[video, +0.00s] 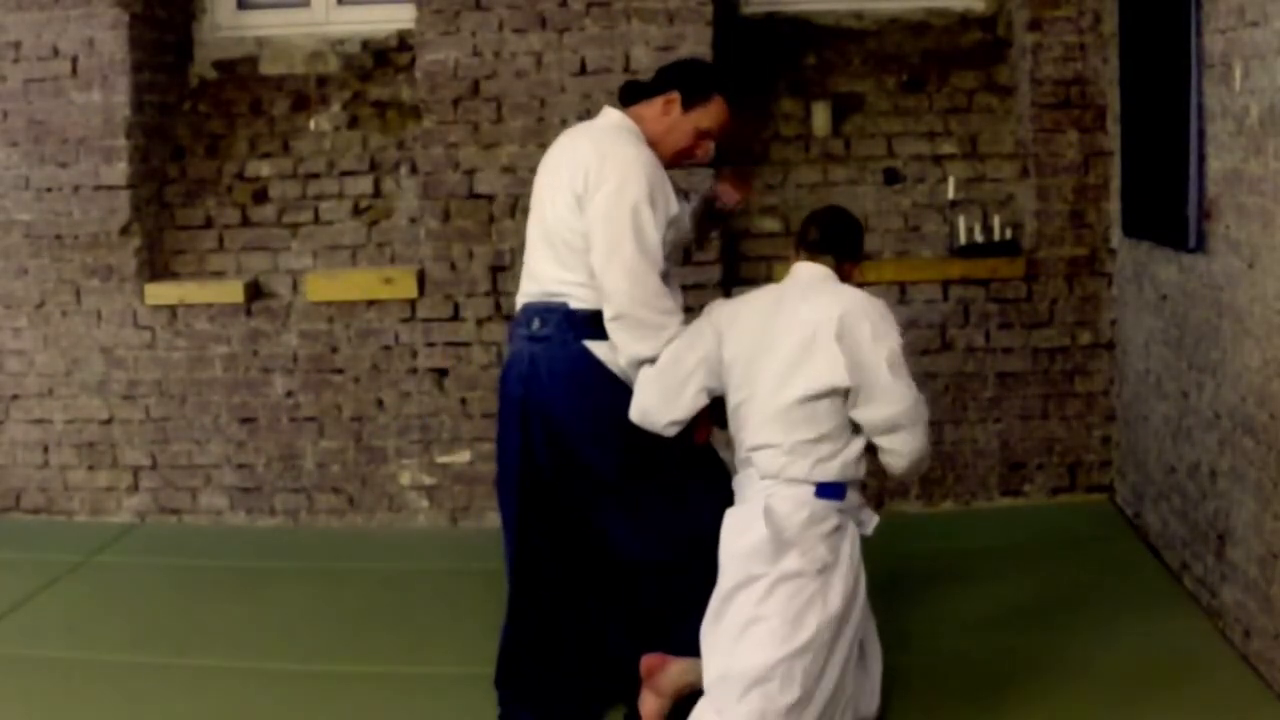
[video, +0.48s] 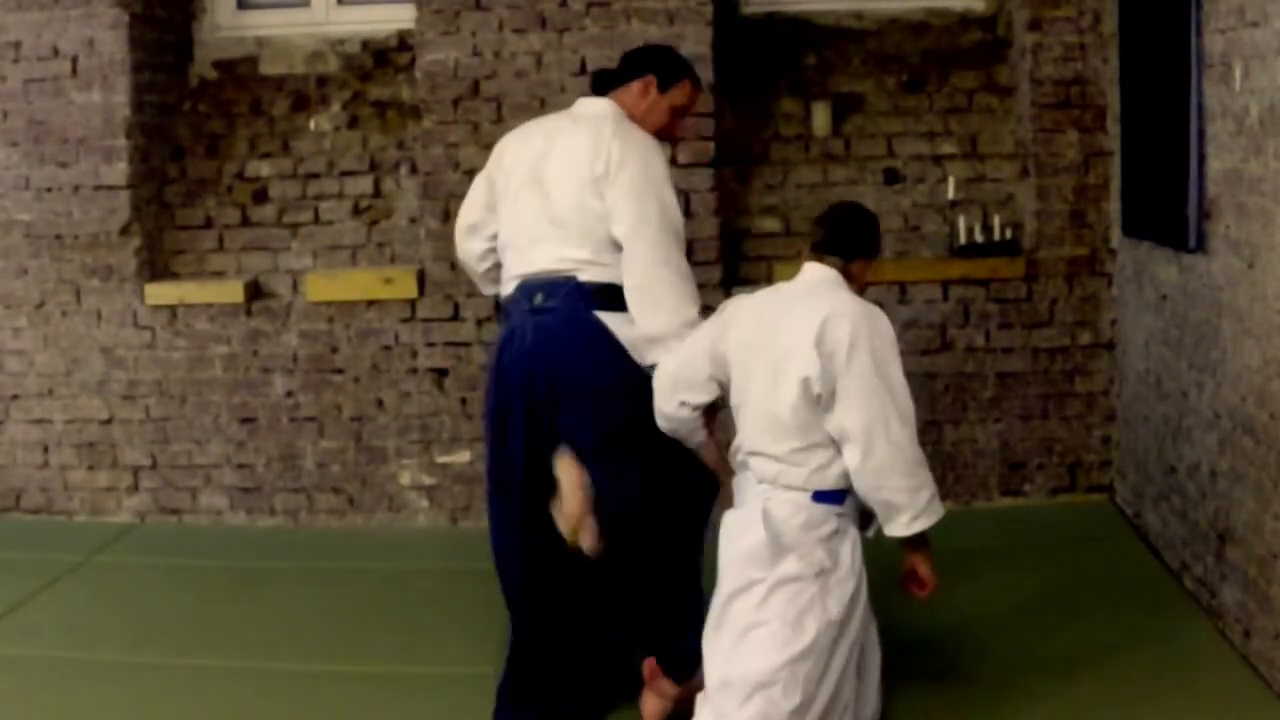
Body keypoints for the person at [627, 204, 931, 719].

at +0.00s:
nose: (856, 271)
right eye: (857, 261)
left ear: (796, 251)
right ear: (853, 261)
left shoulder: (734, 313)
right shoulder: (856, 311)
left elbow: (651, 406)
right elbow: (906, 444)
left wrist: (702, 417)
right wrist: (890, 467)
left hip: (753, 507)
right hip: (817, 516)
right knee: (775, 676)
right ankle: (683, 674)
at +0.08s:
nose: (858, 274)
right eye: (857, 262)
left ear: (795, 251)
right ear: (852, 262)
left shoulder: (733, 313)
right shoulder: (855, 314)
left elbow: (652, 406)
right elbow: (901, 458)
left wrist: (701, 413)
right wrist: (888, 492)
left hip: (754, 509)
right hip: (817, 520)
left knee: (850, 671)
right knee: (775, 681)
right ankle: (684, 675)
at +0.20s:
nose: (857, 274)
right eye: (857, 262)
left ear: (794, 250)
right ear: (851, 262)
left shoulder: (732, 312)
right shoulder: (853, 318)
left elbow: (652, 405)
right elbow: (885, 436)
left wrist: (698, 413)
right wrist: (900, 518)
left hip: (752, 508)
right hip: (818, 517)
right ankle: (684, 676)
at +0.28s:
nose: (858, 272)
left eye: (858, 261)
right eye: (858, 260)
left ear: (796, 249)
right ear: (853, 261)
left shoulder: (732, 311)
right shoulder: (854, 321)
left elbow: (651, 400)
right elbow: (882, 440)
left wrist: (700, 406)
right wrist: (908, 536)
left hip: (751, 509)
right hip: (816, 520)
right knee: (782, 674)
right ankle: (683, 678)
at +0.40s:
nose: (864, 273)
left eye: (866, 262)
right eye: (865, 261)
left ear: (803, 249)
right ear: (858, 262)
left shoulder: (737, 310)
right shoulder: (853, 321)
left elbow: (659, 393)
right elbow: (878, 438)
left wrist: (706, 430)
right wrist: (908, 540)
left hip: (749, 514)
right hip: (816, 524)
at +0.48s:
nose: (870, 274)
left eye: (872, 263)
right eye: (871, 263)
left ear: (810, 249)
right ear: (863, 263)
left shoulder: (745, 310)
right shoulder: (853, 320)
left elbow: (672, 389)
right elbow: (878, 435)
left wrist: (708, 449)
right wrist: (913, 538)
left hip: (750, 509)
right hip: (816, 521)